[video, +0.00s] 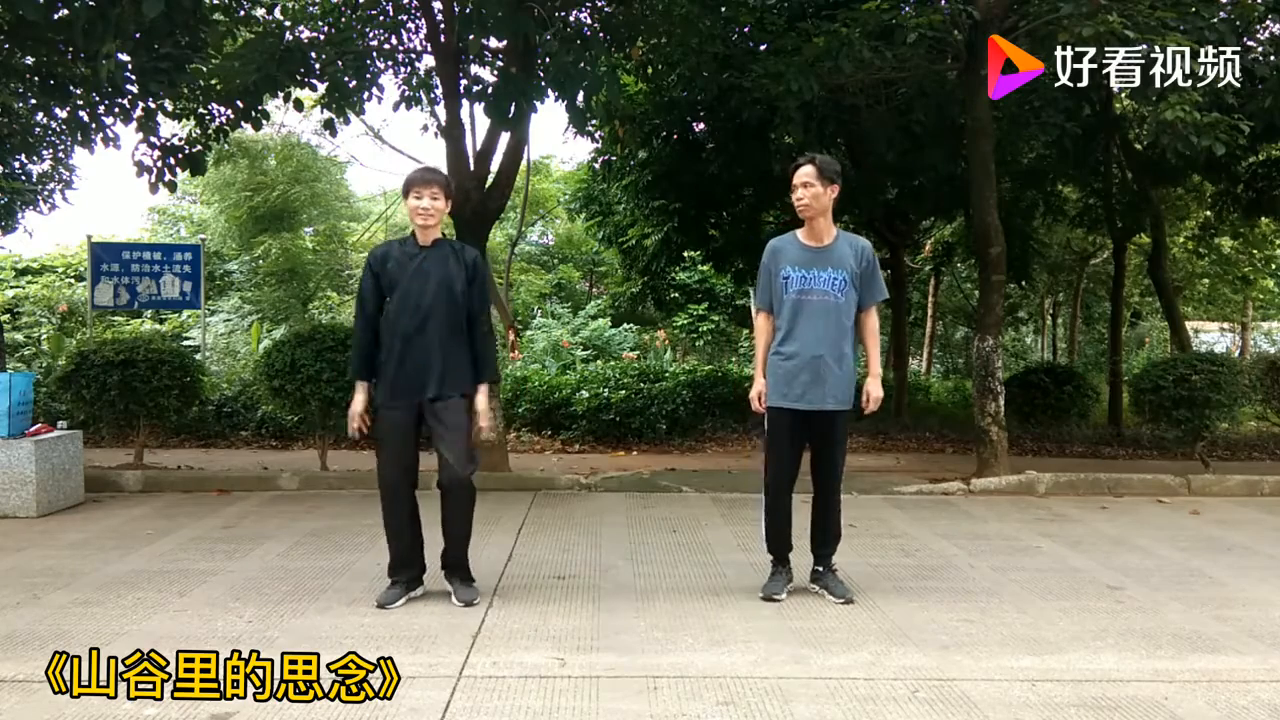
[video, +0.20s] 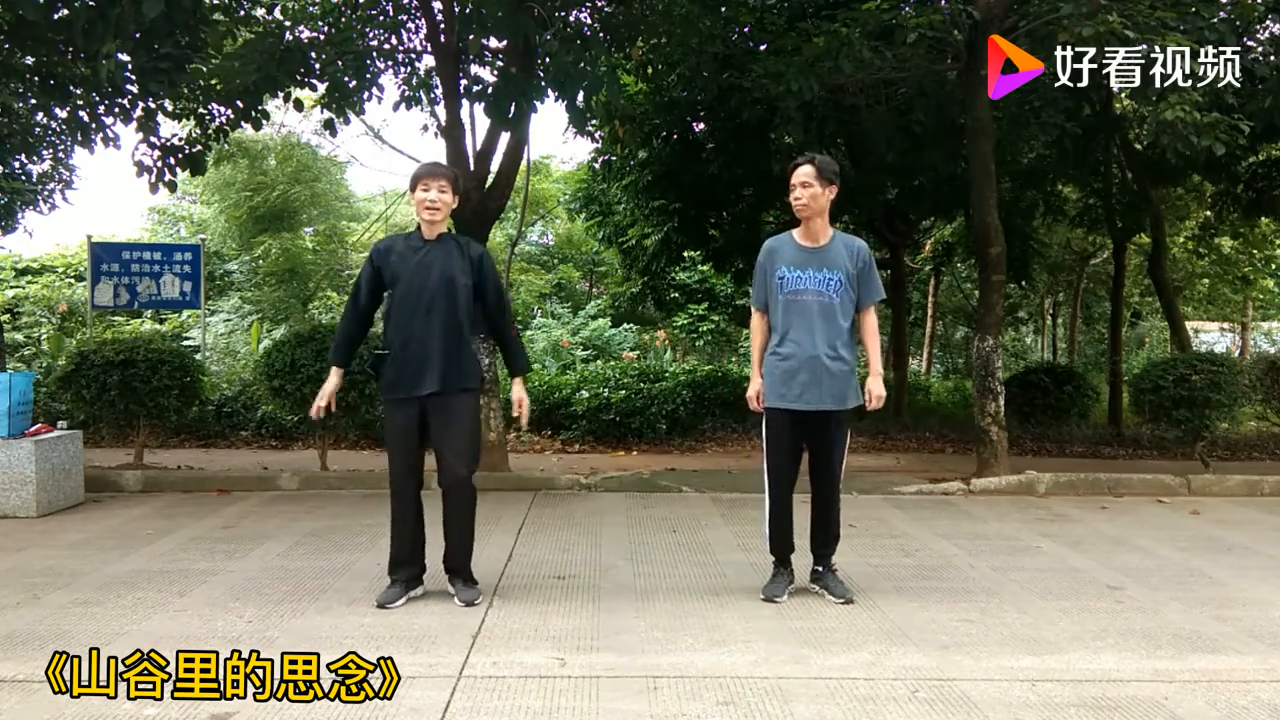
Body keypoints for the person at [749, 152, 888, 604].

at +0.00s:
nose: (798, 194)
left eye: (807, 186)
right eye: (795, 187)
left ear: (832, 191)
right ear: (792, 195)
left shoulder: (859, 251)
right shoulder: (777, 249)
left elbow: (868, 315)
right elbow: (764, 315)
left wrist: (874, 374)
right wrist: (758, 373)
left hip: (836, 388)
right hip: (784, 386)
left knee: (829, 485)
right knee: (777, 483)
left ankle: (824, 567)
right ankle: (780, 566)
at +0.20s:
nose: (797, 193)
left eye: (806, 186)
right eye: (793, 187)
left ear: (830, 192)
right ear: (789, 196)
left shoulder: (855, 251)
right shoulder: (773, 250)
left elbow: (868, 315)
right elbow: (760, 315)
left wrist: (876, 372)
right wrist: (755, 372)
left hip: (836, 387)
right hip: (782, 386)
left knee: (828, 485)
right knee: (778, 485)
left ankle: (824, 567)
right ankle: (781, 567)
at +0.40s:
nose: (802, 194)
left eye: (811, 186)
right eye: (795, 187)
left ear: (829, 194)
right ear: (788, 196)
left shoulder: (850, 251)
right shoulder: (768, 250)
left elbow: (861, 316)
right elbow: (752, 315)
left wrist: (868, 373)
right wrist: (746, 374)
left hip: (832, 386)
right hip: (778, 385)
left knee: (825, 485)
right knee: (777, 484)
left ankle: (823, 568)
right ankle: (781, 567)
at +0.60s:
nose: (803, 194)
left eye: (812, 186)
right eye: (795, 187)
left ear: (827, 194)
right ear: (786, 196)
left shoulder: (846, 251)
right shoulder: (765, 250)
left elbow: (854, 316)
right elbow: (750, 315)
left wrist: (856, 375)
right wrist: (745, 371)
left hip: (828, 385)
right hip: (776, 385)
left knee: (824, 484)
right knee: (776, 484)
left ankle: (823, 568)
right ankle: (781, 567)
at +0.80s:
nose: (805, 193)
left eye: (814, 185)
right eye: (797, 186)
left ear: (826, 194)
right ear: (785, 196)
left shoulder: (843, 250)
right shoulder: (763, 250)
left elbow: (848, 316)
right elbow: (752, 316)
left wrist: (853, 374)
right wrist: (750, 374)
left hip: (828, 385)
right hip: (776, 385)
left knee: (823, 484)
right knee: (776, 484)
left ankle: (823, 568)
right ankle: (781, 567)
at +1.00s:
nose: (805, 193)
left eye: (814, 185)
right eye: (797, 186)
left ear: (825, 194)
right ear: (784, 195)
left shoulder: (842, 250)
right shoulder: (761, 249)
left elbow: (849, 313)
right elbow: (747, 313)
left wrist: (857, 369)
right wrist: (746, 370)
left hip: (827, 387)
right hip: (774, 387)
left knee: (823, 484)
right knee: (775, 485)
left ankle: (823, 567)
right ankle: (780, 568)